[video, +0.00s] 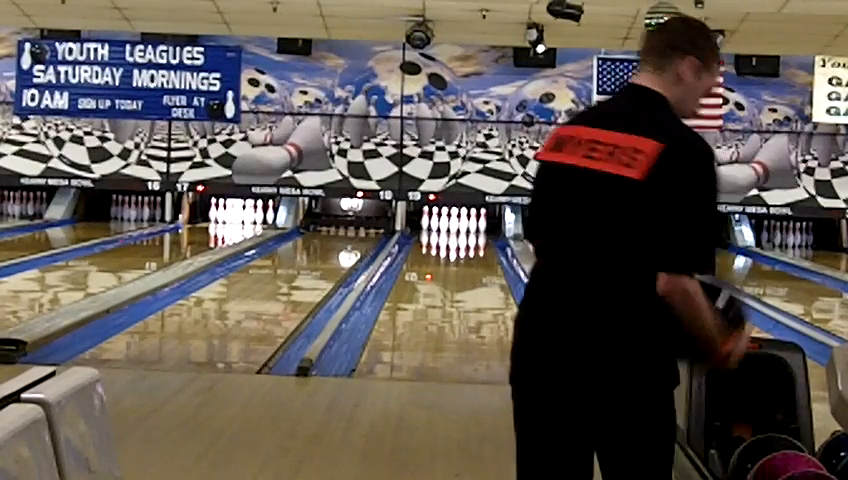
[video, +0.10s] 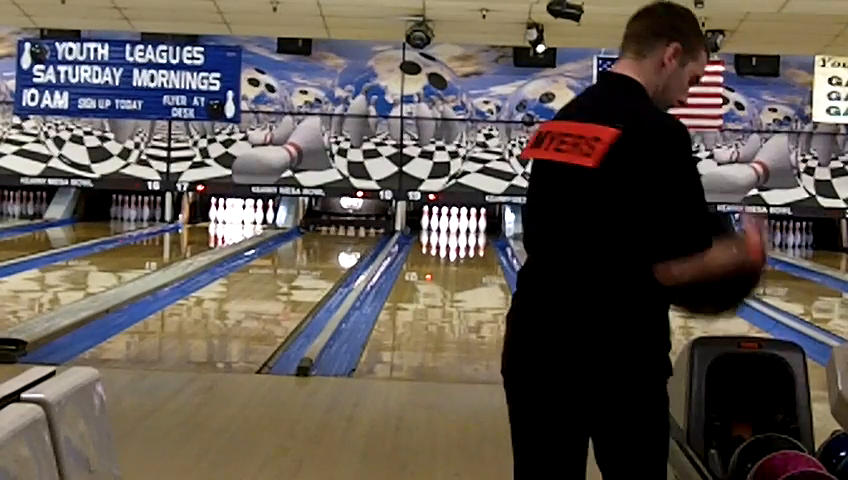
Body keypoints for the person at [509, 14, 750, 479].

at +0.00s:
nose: (712, 89)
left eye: (715, 77)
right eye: (711, 74)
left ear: (646, 62)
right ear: (686, 66)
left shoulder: (573, 127)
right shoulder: (685, 149)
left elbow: (538, 233)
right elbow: (673, 280)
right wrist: (721, 342)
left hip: (546, 337)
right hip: (629, 350)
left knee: (547, 475)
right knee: (638, 476)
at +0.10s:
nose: (688, 92)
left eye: (695, 80)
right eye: (692, 78)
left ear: (626, 49)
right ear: (670, 56)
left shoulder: (561, 120)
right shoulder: (659, 133)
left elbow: (544, 242)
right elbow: (674, 263)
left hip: (538, 345)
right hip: (622, 354)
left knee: (545, 477)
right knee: (636, 477)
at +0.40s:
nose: (700, 88)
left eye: (708, 77)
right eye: (703, 72)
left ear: (660, 47)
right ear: (672, 49)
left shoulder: (581, 111)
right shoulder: (654, 134)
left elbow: (566, 238)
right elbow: (629, 265)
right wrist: (714, 284)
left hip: (540, 340)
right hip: (607, 356)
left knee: (551, 475)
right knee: (626, 479)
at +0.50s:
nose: (720, 96)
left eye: (728, 84)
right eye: (723, 79)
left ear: (683, 51)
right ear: (691, 52)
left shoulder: (593, 114)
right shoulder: (669, 142)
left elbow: (539, 245)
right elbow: (637, 278)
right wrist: (710, 326)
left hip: (542, 340)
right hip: (611, 358)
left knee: (549, 477)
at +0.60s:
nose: (739, 100)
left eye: (749, 87)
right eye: (743, 81)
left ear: (703, 52)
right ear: (710, 55)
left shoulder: (608, 115)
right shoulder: (685, 151)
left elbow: (573, 242)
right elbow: (651, 294)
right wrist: (727, 354)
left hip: (551, 347)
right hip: (618, 368)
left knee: (556, 478)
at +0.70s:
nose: (752, 102)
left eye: (763, 89)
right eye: (756, 83)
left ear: (717, 53)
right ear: (722, 55)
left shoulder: (637, 110)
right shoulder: (681, 143)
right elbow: (656, 292)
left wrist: (733, 279)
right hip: (614, 375)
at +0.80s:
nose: (766, 99)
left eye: (776, 87)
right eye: (768, 81)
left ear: (728, 50)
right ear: (732, 53)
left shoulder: (657, 106)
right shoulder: (678, 131)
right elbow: (660, 288)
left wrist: (718, 183)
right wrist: (752, 229)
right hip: (612, 373)